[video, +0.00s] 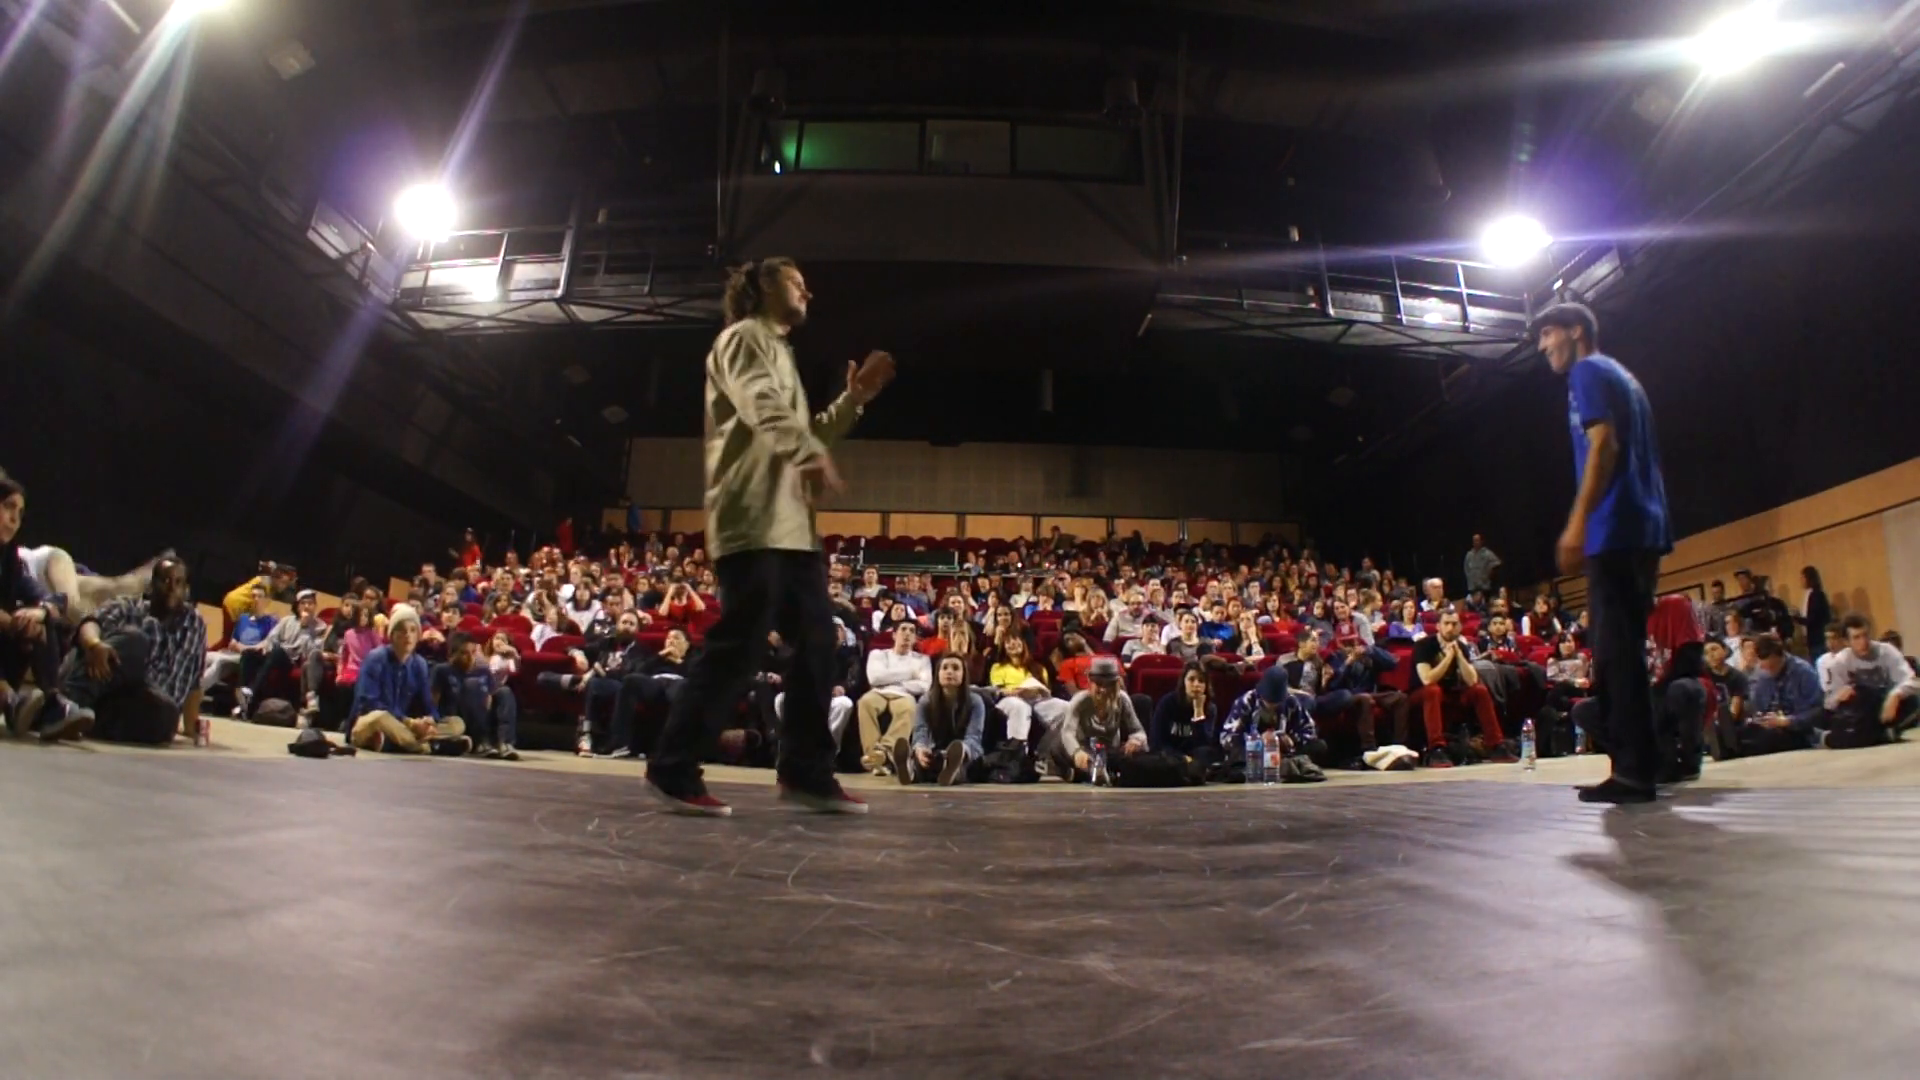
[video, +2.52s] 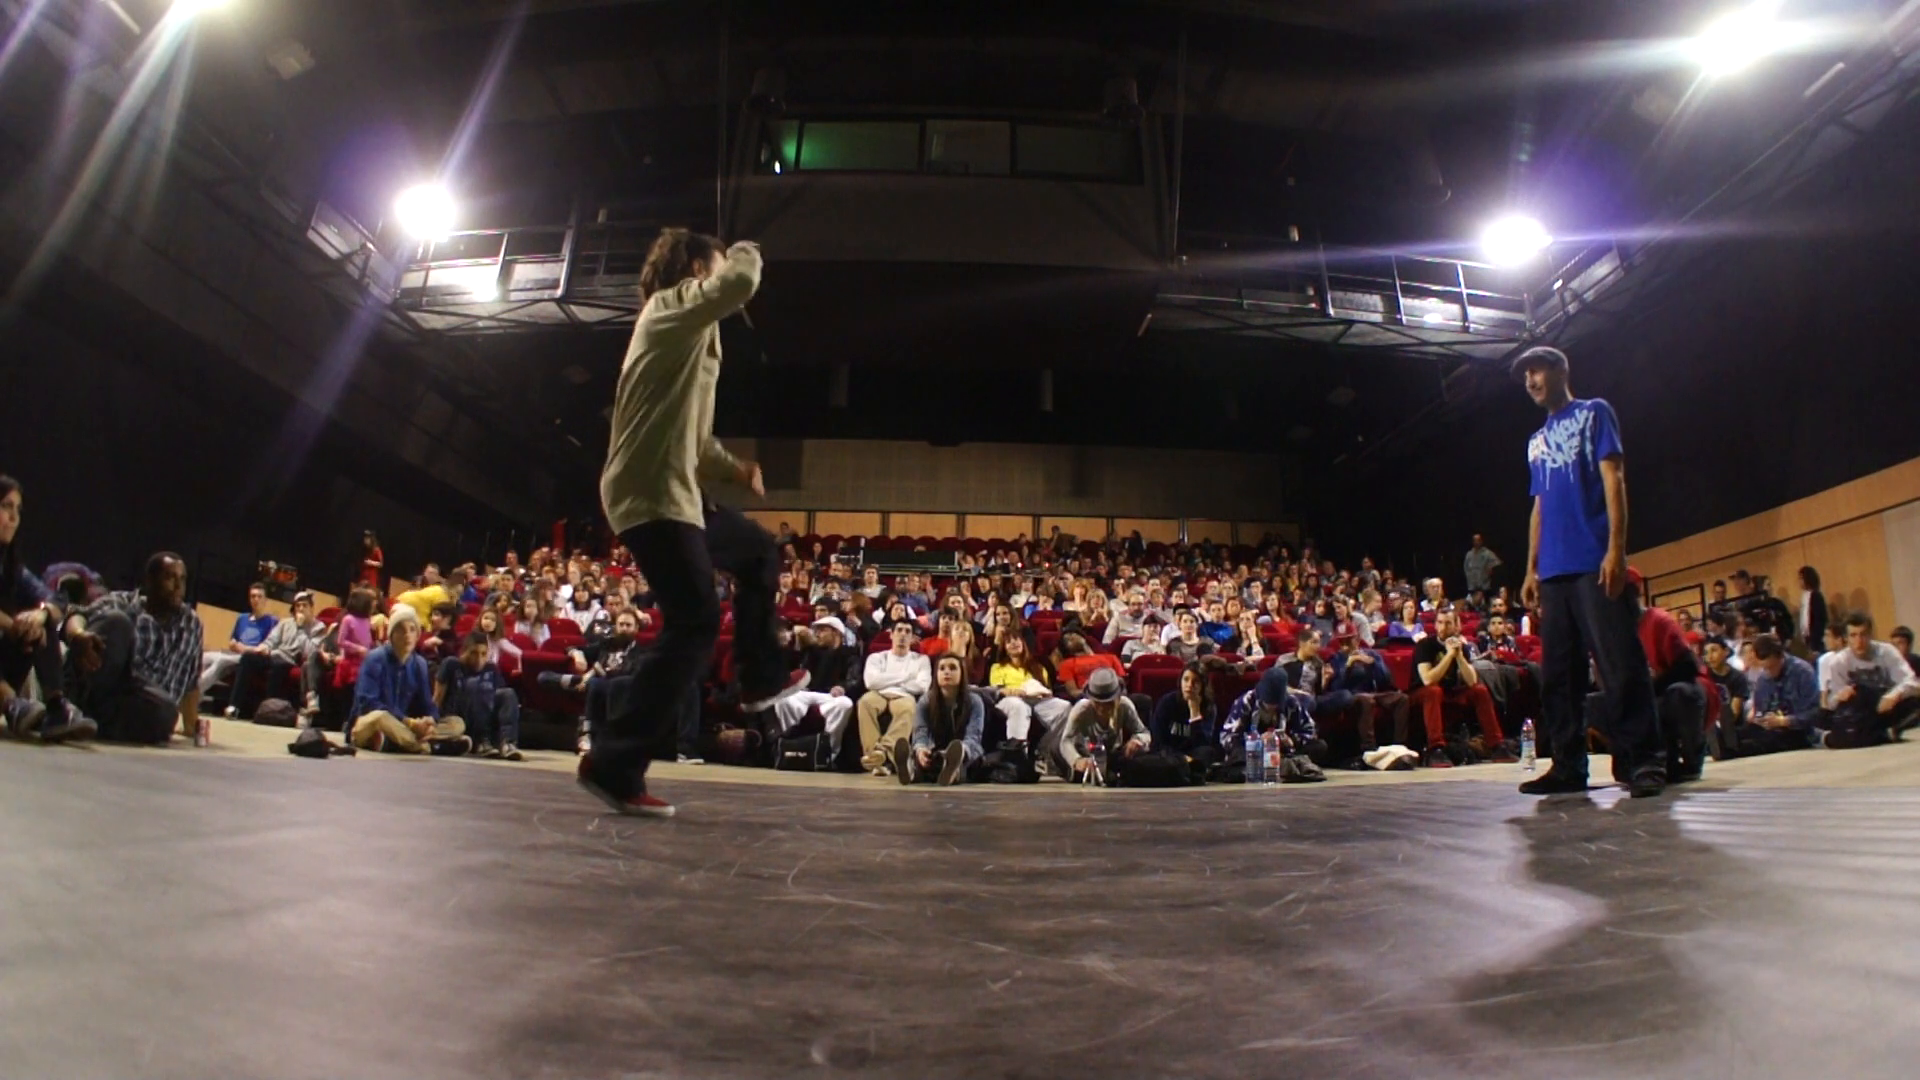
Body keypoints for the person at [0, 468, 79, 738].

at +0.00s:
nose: (14, 519)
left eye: (19, 513)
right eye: (9, 508)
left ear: (21, 519)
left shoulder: (12, 557)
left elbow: (51, 603)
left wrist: (40, 611)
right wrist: (11, 621)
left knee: (41, 623)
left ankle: (53, 704)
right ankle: (9, 701)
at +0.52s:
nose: (11, 518)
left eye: (16, 512)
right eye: (7, 508)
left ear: (19, 517)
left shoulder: (10, 559)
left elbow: (49, 604)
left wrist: (40, 611)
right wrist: (11, 619)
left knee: (42, 622)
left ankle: (55, 704)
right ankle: (10, 702)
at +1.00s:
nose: (13, 519)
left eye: (18, 513)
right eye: (8, 509)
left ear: (21, 518)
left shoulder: (11, 563)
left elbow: (58, 601)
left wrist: (41, 612)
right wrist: (11, 623)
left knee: (41, 623)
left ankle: (55, 706)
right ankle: (11, 704)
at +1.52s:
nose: (10, 518)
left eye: (16, 511)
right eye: (6, 508)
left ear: (19, 517)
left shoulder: (11, 562)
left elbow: (55, 602)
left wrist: (39, 612)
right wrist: (9, 624)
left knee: (43, 621)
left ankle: (57, 706)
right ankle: (10, 702)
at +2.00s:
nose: (13, 517)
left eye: (17, 510)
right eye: (7, 507)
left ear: (21, 515)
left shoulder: (14, 570)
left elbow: (58, 605)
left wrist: (41, 613)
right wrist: (12, 624)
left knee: (43, 624)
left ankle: (57, 706)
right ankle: (11, 702)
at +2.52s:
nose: (13, 517)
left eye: (17, 509)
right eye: (7, 507)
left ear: (20, 515)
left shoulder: (11, 567)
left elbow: (57, 606)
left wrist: (41, 613)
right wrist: (11, 623)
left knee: (41, 625)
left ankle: (57, 707)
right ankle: (11, 703)